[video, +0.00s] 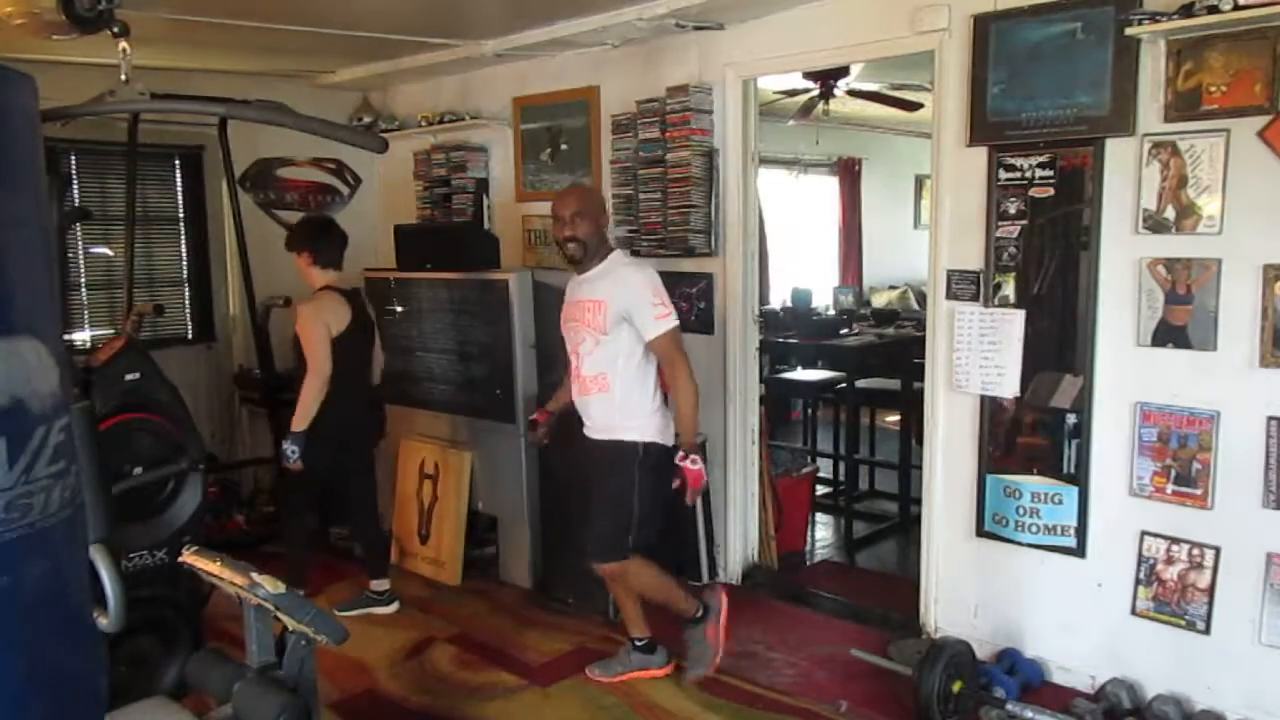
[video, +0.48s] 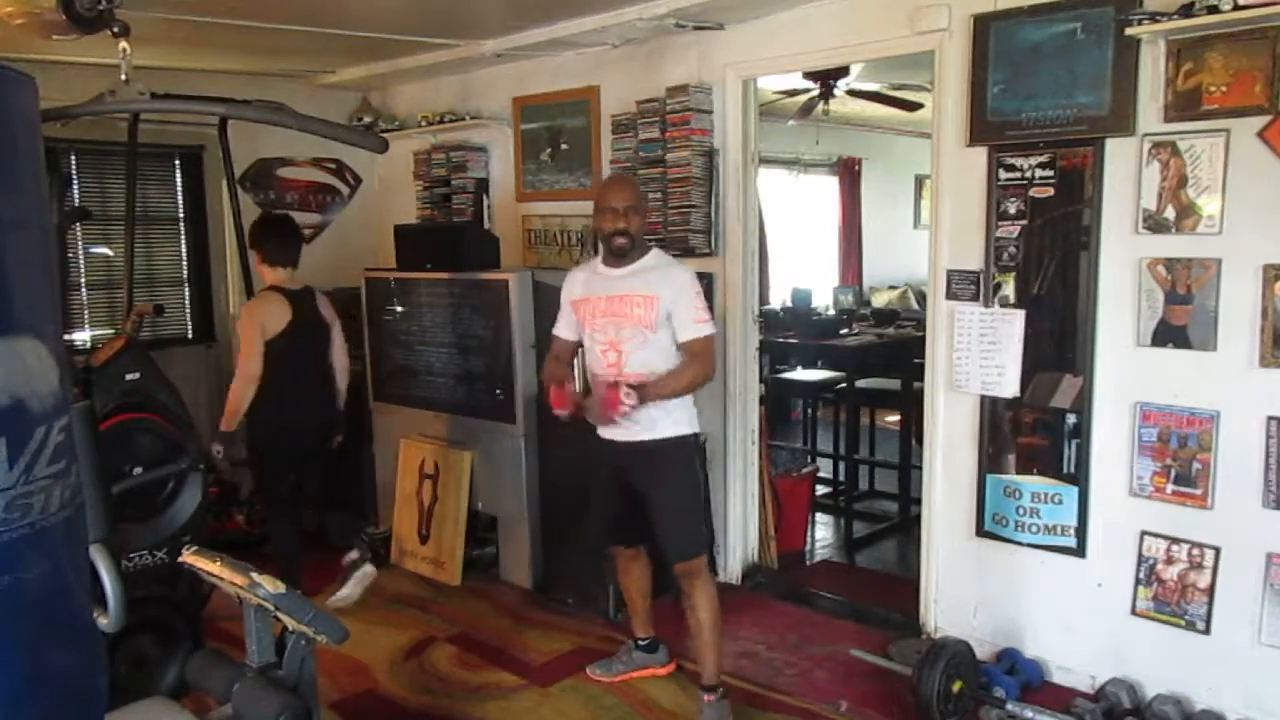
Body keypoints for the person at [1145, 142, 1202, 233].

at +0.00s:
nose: (1158, 158)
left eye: (1159, 154)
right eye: (1155, 156)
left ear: (1168, 149)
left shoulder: (1175, 161)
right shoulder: (1164, 164)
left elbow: (1170, 188)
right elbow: (1162, 188)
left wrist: (1160, 213)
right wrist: (1157, 212)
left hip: (1190, 211)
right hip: (1180, 212)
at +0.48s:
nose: (1158, 159)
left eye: (1159, 154)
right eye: (1155, 156)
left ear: (1168, 149)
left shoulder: (1175, 161)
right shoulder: (1164, 165)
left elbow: (1170, 188)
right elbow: (1161, 188)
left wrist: (1160, 214)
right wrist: (1157, 212)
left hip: (1190, 211)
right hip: (1180, 212)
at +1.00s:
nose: (1158, 159)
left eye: (1159, 154)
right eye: (1155, 156)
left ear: (1168, 150)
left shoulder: (1175, 162)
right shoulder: (1164, 166)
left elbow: (1170, 188)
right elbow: (1161, 188)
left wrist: (1160, 214)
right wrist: (1157, 212)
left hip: (1190, 211)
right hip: (1180, 212)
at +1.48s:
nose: (1158, 159)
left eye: (1159, 154)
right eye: (1155, 156)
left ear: (1169, 150)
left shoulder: (1175, 162)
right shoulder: (1164, 166)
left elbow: (1170, 188)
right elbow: (1161, 188)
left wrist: (1160, 214)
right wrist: (1157, 213)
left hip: (1190, 211)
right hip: (1180, 212)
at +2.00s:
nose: (1157, 159)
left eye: (1159, 154)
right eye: (1155, 156)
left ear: (1168, 150)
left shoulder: (1175, 161)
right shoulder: (1163, 166)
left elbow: (1170, 187)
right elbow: (1161, 189)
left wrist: (1160, 214)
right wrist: (1157, 213)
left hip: (1190, 210)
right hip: (1180, 211)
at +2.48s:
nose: (1157, 158)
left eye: (1159, 153)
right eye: (1155, 156)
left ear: (1169, 150)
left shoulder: (1175, 162)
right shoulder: (1164, 166)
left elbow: (1170, 188)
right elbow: (1161, 188)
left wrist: (1160, 213)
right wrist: (1157, 212)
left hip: (1190, 211)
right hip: (1180, 211)